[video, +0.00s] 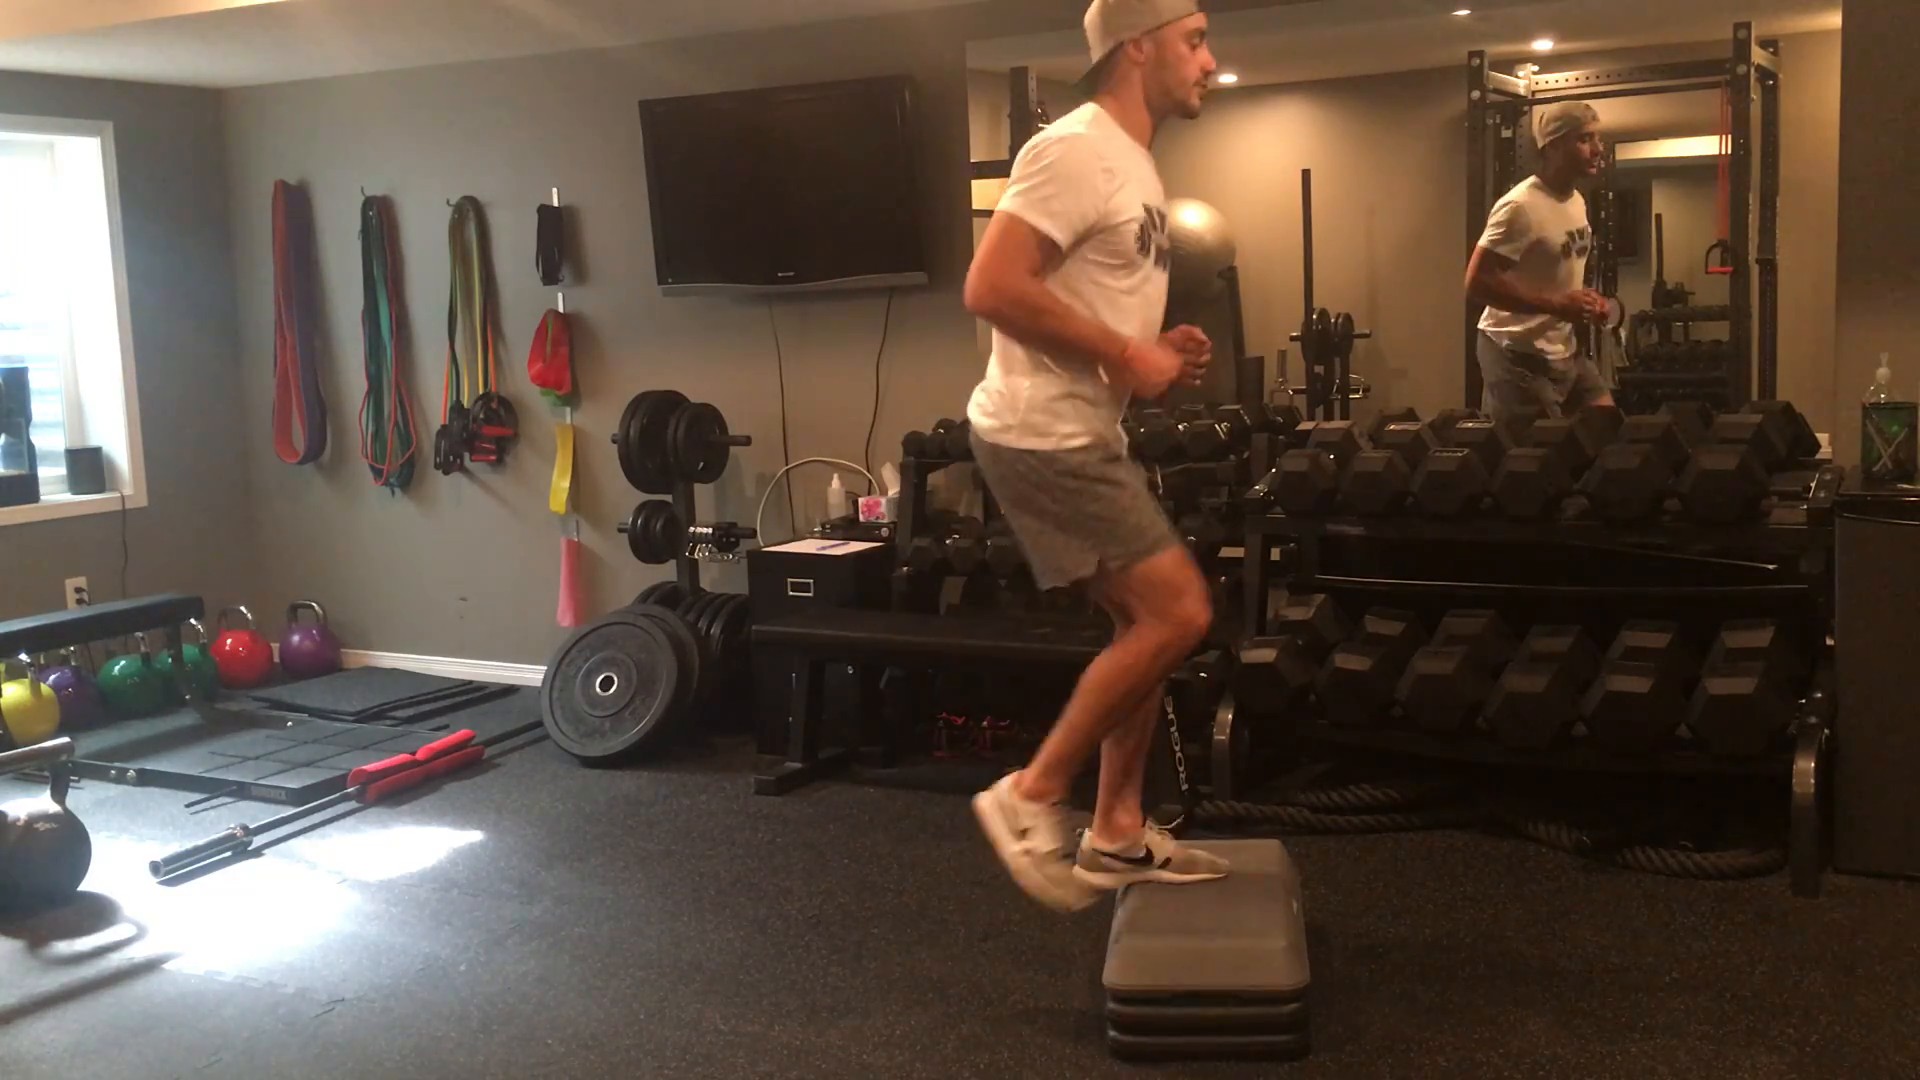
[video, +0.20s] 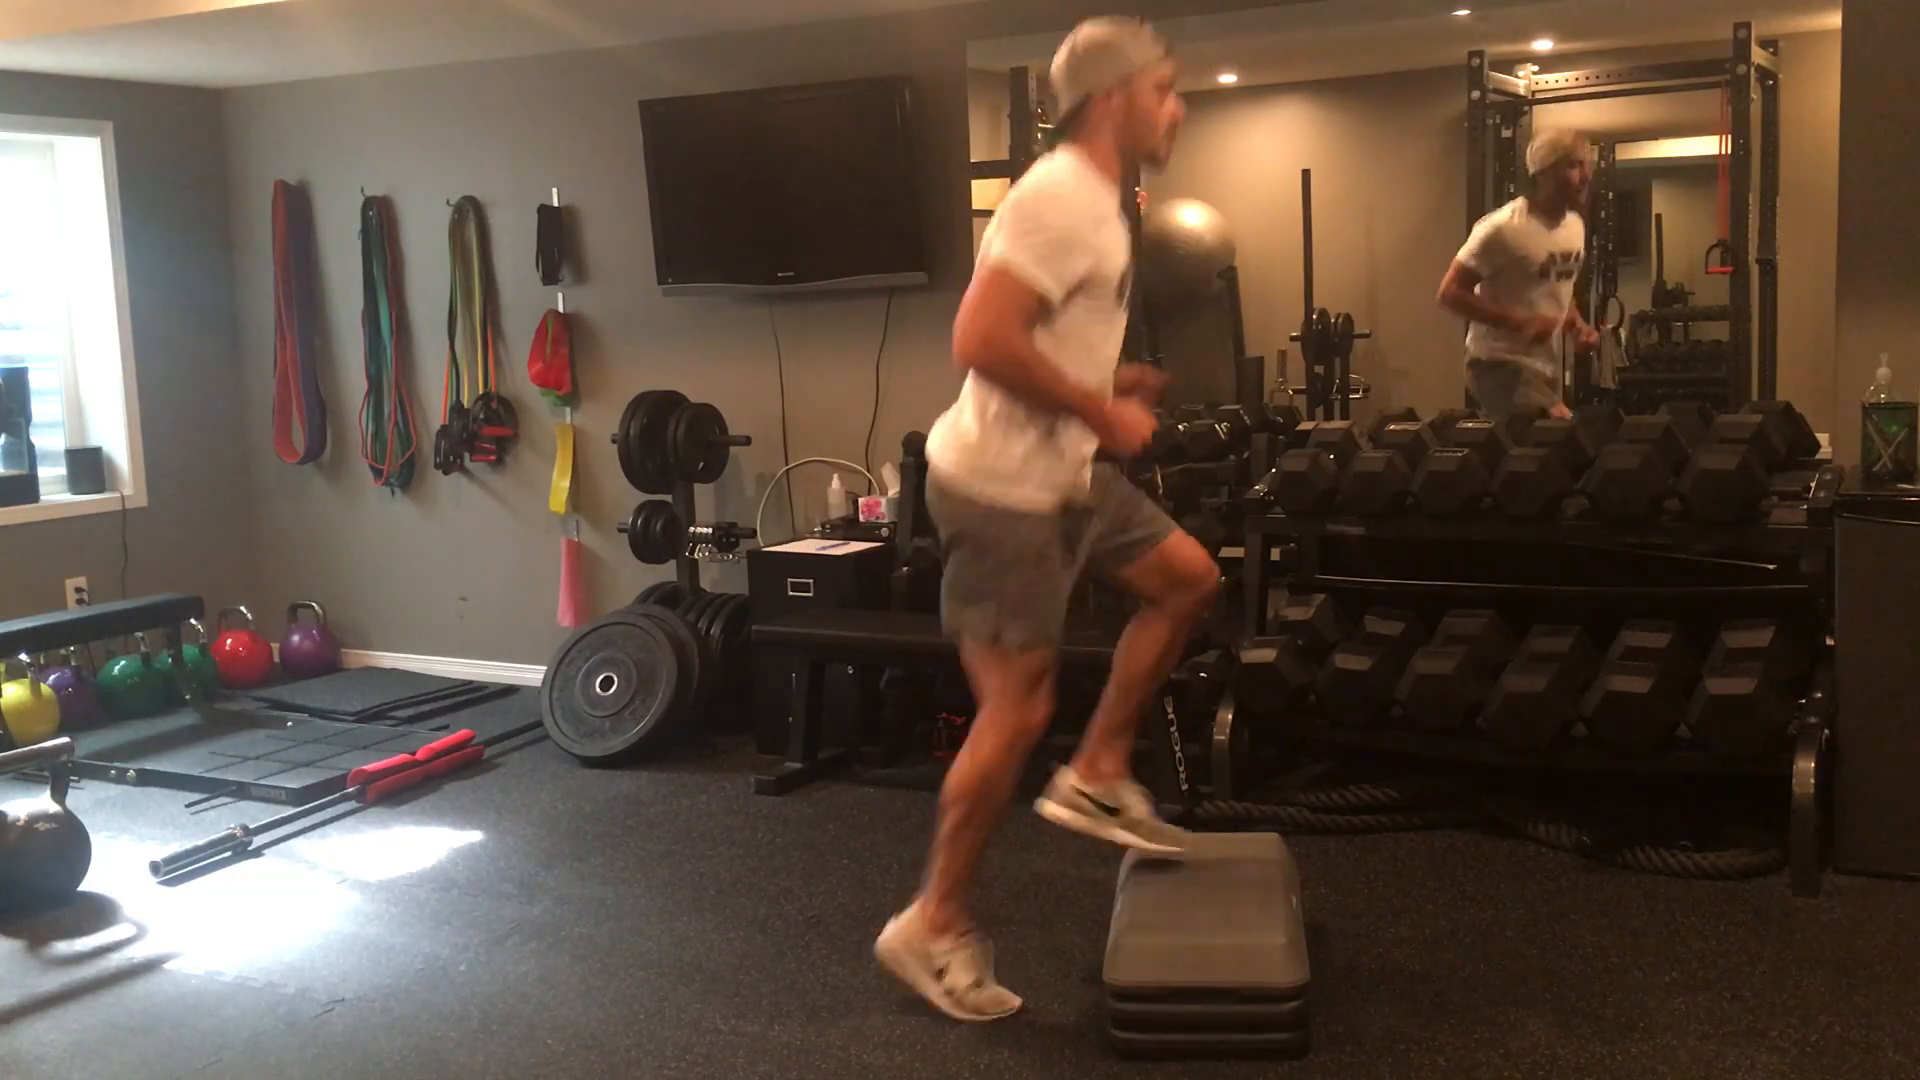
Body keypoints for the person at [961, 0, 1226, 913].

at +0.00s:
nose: (1210, 62)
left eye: (1206, 43)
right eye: (1194, 41)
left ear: (1145, 53)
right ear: (1138, 52)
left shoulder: (1131, 162)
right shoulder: (1079, 148)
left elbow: (1071, 304)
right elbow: (991, 286)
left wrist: (1151, 344)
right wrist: (1127, 353)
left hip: (1080, 426)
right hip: (1041, 429)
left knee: (1148, 620)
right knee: (1178, 612)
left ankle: (1118, 828)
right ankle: (1029, 795)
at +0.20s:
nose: (1177, 109)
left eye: (1174, 92)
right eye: (1163, 92)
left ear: (1116, 103)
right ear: (1113, 102)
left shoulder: (1095, 198)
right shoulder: (1059, 193)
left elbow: (1031, 338)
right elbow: (983, 336)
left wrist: (1111, 379)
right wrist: (1098, 404)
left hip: (1060, 468)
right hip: (1002, 478)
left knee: (1185, 579)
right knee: (1015, 709)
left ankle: (1097, 774)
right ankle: (931, 923)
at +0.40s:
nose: (1150, 147)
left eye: (1147, 129)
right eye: (1135, 130)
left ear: (1085, 144)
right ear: (1080, 143)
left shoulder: (1071, 242)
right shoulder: (1029, 243)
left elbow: (1020, 394)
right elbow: (968, 396)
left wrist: (1086, 487)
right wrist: (1080, 490)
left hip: (1044, 522)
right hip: (994, 530)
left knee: (1120, 674)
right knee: (1043, 730)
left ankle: (990, 862)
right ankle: (918, 932)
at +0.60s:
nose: (1155, 158)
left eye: (1151, 139)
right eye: (1137, 142)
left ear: (1092, 162)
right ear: (1082, 161)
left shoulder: (1081, 262)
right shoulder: (1039, 262)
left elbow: (1043, 408)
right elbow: (946, 393)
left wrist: (1141, 436)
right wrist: (1051, 502)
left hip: (1012, 534)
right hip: (1021, 534)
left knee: (1033, 737)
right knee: (1217, 645)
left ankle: (944, 924)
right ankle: (1051, 809)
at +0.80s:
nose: (1186, 69)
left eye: (1178, 52)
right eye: (1166, 54)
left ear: (1124, 80)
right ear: (1112, 79)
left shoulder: (1121, 182)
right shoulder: (1074, 181)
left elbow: (1076, 332)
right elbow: (1001, 331)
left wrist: (1166, 352)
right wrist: (1142, 379)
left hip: (1068, 461)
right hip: (1077, 466)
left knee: (1124, 650)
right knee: (1224, 630)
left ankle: (986, 836)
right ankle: (1141, 850)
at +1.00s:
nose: (1204, 15)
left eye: (1201, 3)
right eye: (1188, 0)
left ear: (1134, 17)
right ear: (1129, 10)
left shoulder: (1131, 116)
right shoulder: (1088, 112)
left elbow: (1089, 276)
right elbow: (1045, 273)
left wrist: (1179, 324)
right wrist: (1179, 316)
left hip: (1115, 399)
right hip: (1075, 407)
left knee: (1202, 568)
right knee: (1167, 606)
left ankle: (1103, 780)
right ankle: (1138, 838)